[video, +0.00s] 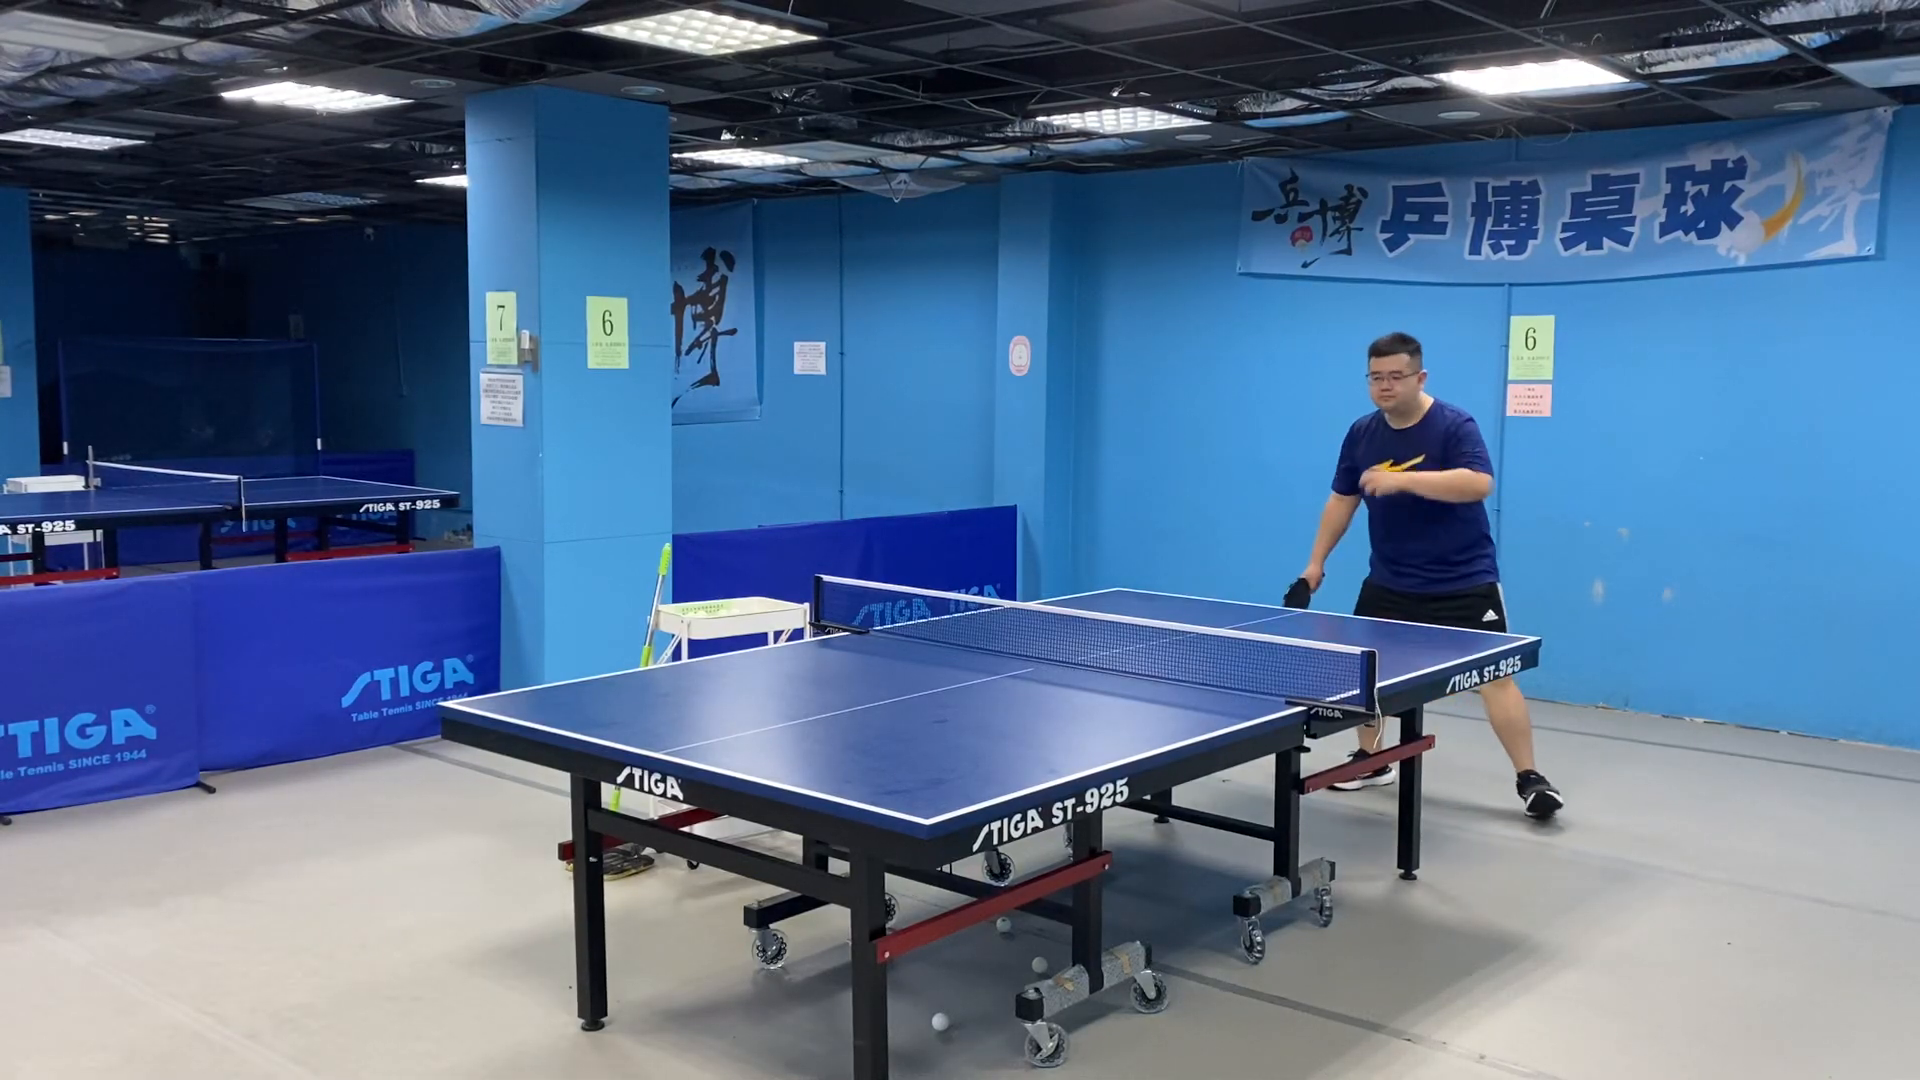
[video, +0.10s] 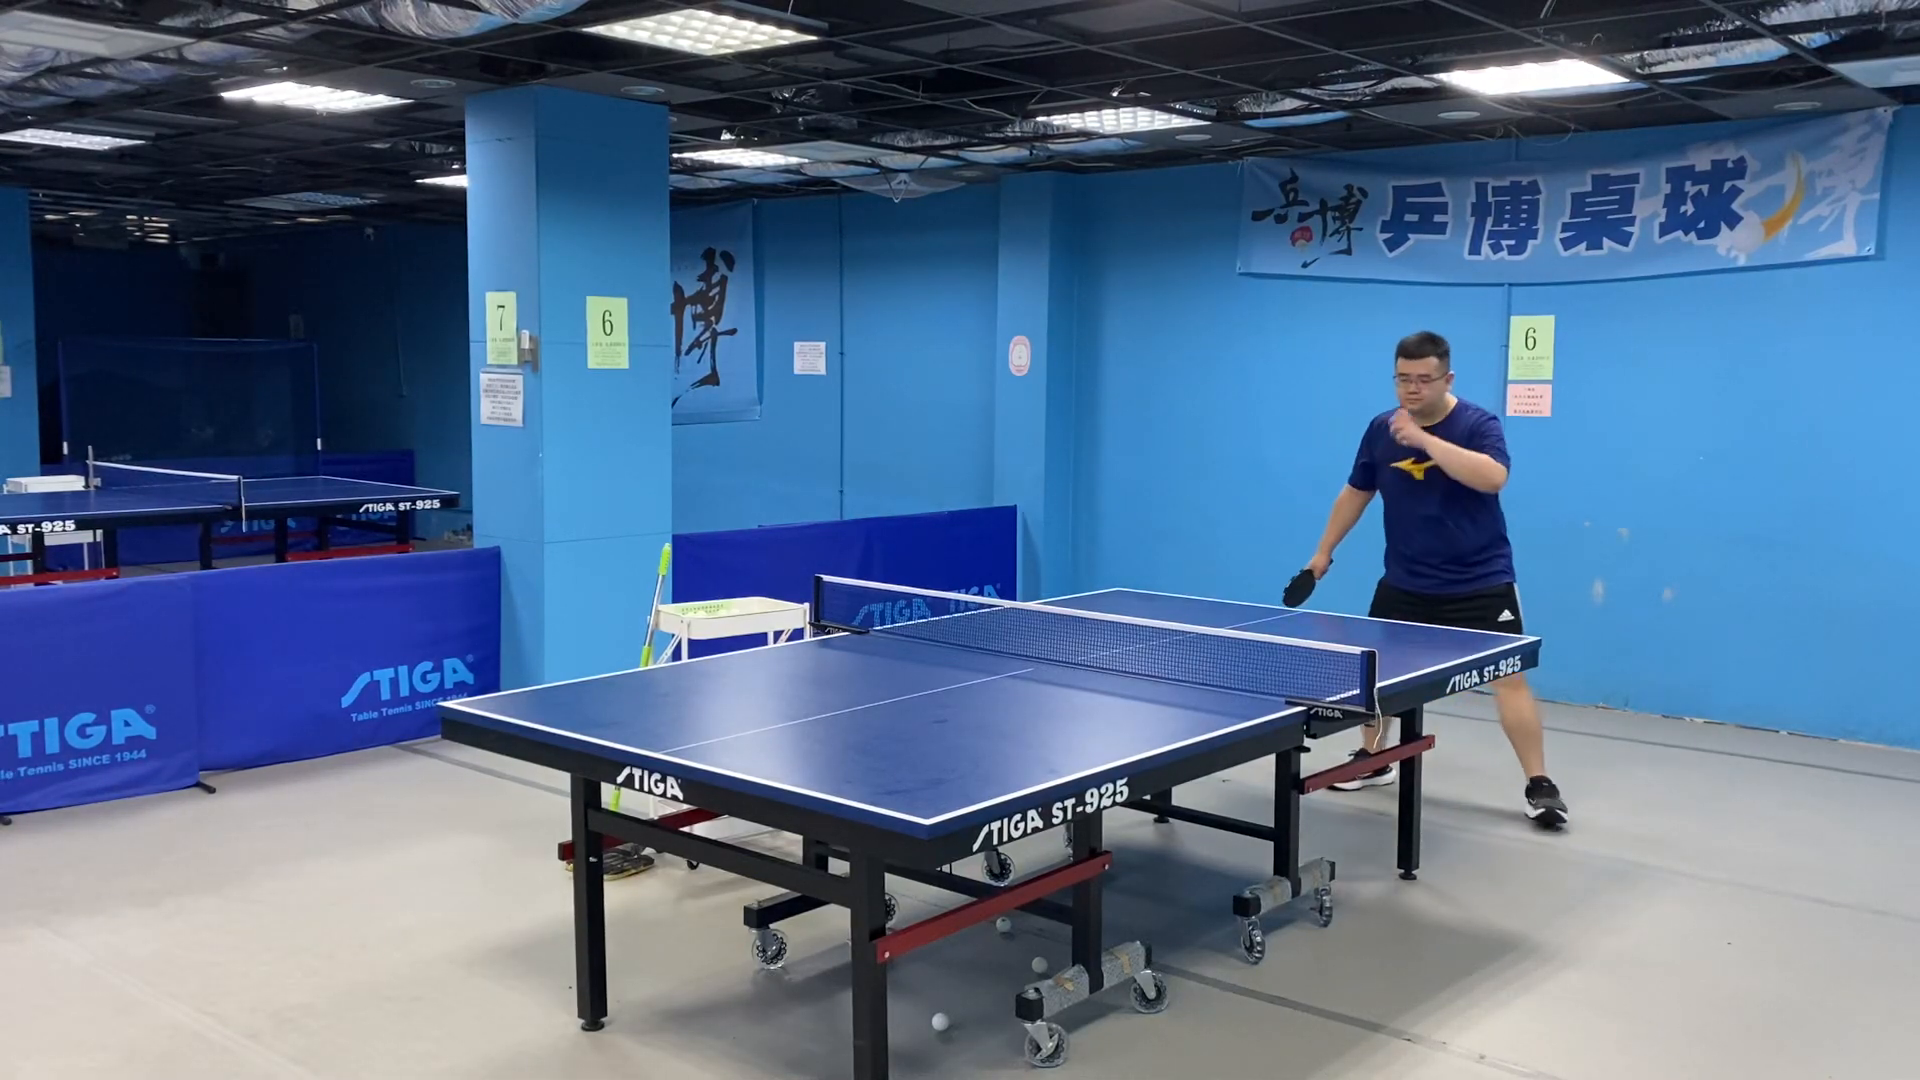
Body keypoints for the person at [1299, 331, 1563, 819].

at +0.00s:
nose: (1383, 385)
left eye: (1394, 376)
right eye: (1375, 377)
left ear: (1420, 378)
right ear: (1368, 380)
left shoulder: (1455, 426)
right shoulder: (1363, 435)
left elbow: (1480, 483)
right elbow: (1342, 500)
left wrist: (1402, 481)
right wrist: (1315, 563)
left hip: (1466, 586)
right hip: (1390, 585)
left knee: (1495, 672)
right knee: (1364, 669)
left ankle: (1529, 777)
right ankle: (1369, 754)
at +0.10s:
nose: (1411, 388)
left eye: (1422, 379)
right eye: (1403, 379)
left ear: (1446, 379)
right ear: (1394, 379)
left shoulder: (1478, 424)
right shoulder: (1383, 430)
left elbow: (1493, 477)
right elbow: (1357, 492)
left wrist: (1426, 441)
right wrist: (1324, 549)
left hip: (1481, 586)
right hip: (1405, 585)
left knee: (1508, 676)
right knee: (1375, 672)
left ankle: (1538, 783)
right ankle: (1372, 754)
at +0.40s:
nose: (1464, 381)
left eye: (1477, 373)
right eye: (1457, 371)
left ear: (1501, 376)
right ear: (1447, 371)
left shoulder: (1527, 424)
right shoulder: (1428, 419)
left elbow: (1537, 480)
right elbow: (1404, 483)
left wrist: (1477, 430)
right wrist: (1373, 544)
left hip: (1509, 579)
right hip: (1433, 572)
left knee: (1529, 675)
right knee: (1374, 654)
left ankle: (1544, 787)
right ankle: (1349, 742)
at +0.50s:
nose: (1461, 382)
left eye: (1474, 374)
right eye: (1455, 372)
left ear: (1498, 378)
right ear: (1445, 373)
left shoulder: (1526, 431)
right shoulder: (1425, 423)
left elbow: (1554, 496)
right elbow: (1400, 486)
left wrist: (1481, 475)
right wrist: (1371, 547)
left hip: (1507, 583)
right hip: (1430, 574)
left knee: (1527, 675)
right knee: (1368, 649)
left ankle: (1542, 788)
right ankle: (1338, 733)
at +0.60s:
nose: (1450, 385)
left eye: (1463, 378)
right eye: (1443, 375)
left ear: (1487, 384)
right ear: (1434, 378)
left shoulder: (1516, 439)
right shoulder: (1413, 429)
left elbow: (1551, 506)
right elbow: (1389, 489)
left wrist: (1488, 532)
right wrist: (1364, 549)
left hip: (1500, 588)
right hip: (1422, 579)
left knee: (1524, 676)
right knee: (1364, 656)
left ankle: (1541, 788)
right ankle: (1330, 743)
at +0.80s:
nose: (1409, 406)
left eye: (1422, 398)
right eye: (1402, 396)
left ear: (1446, 404)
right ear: (1393, 400)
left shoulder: (1484, 457)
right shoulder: (1377, 452)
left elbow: (1514, 519)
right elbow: (1359, 507)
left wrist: (1480, 576)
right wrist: (1344, 553)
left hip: (1475, 591)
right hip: (1395, 587)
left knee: (1514, 677)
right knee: (1340, 656)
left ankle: (1539, 786)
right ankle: (1335, 752)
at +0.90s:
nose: (1388, 419)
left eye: (1400, 411)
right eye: (1382, 410)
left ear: (1427, 415)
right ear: (1375, 414)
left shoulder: (1469, 464)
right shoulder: (1365, 462)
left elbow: (1501, 524)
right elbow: (1351, 517)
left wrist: (1466, 582)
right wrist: (1338, 556)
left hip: (1472, 593)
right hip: (1391, 591)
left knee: (1507, 678)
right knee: (1337, 655)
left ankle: (1538, 786)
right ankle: (1335, 753)